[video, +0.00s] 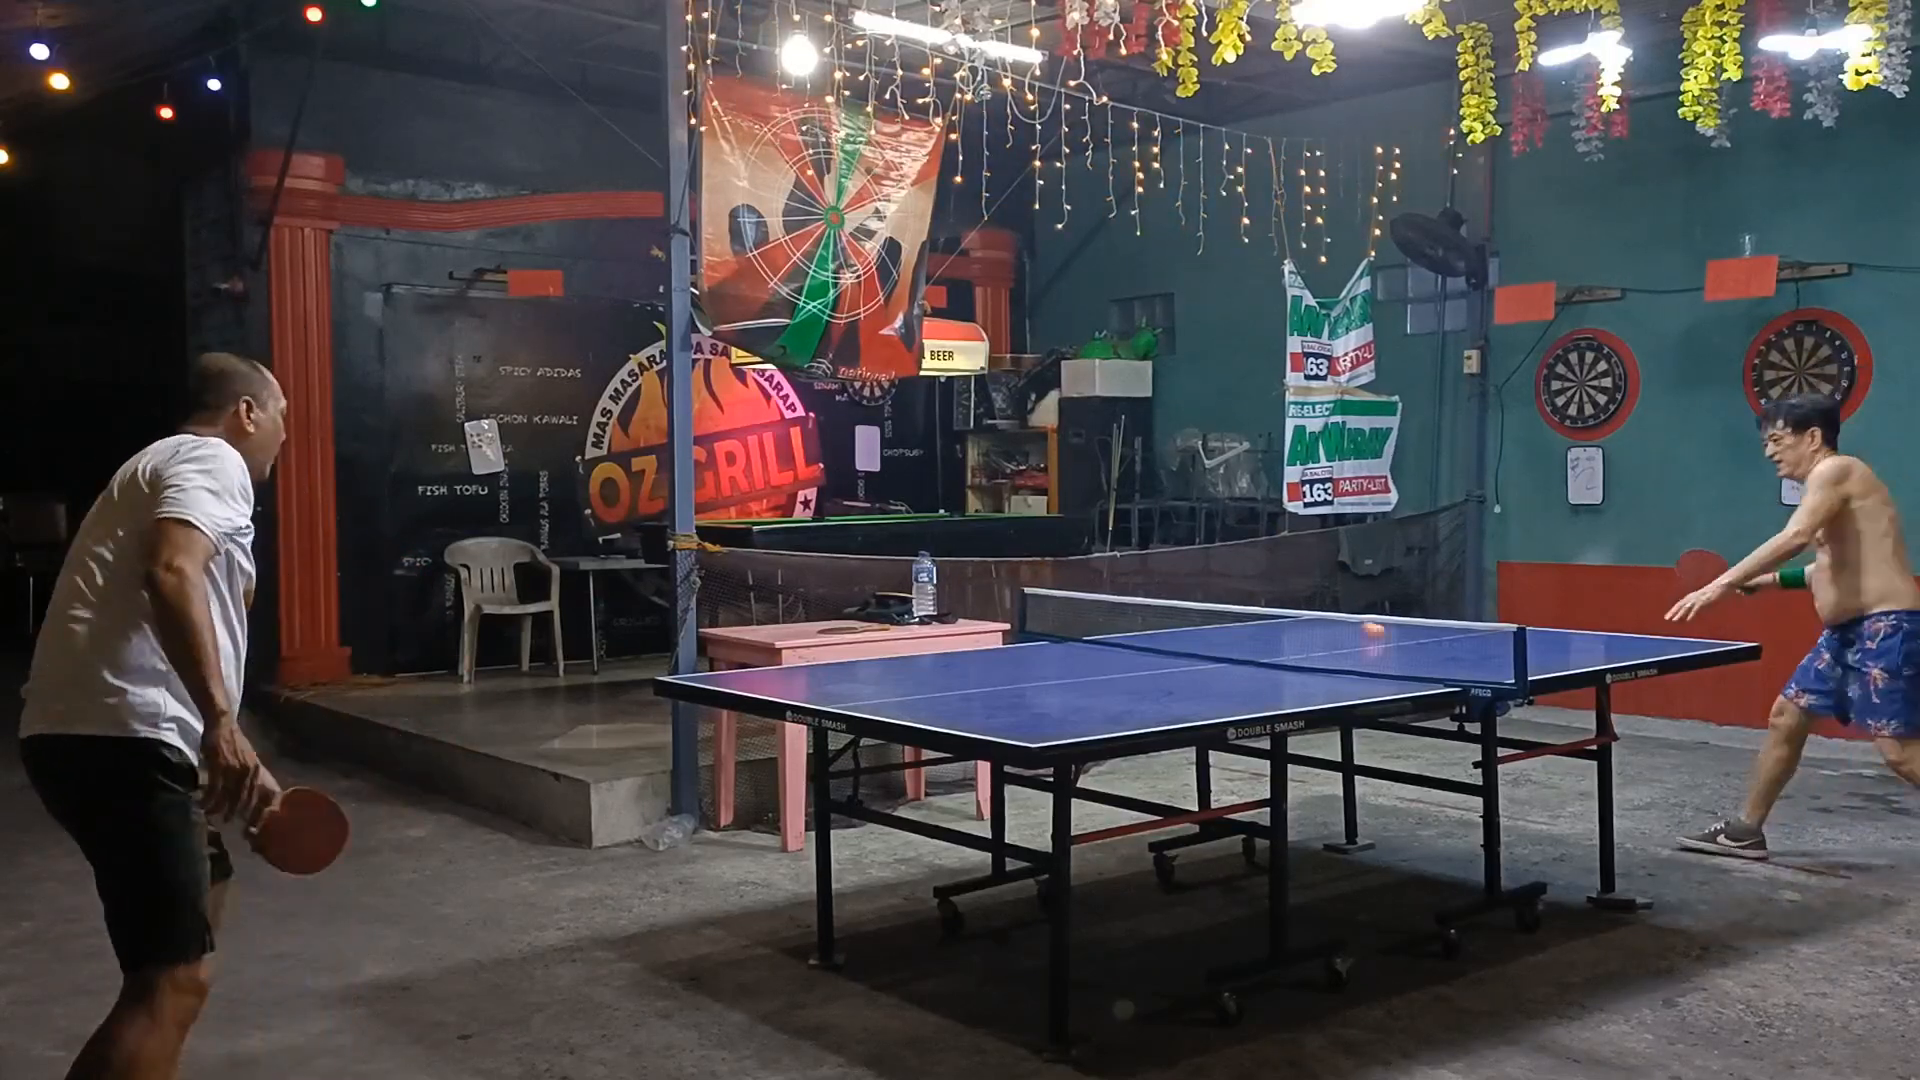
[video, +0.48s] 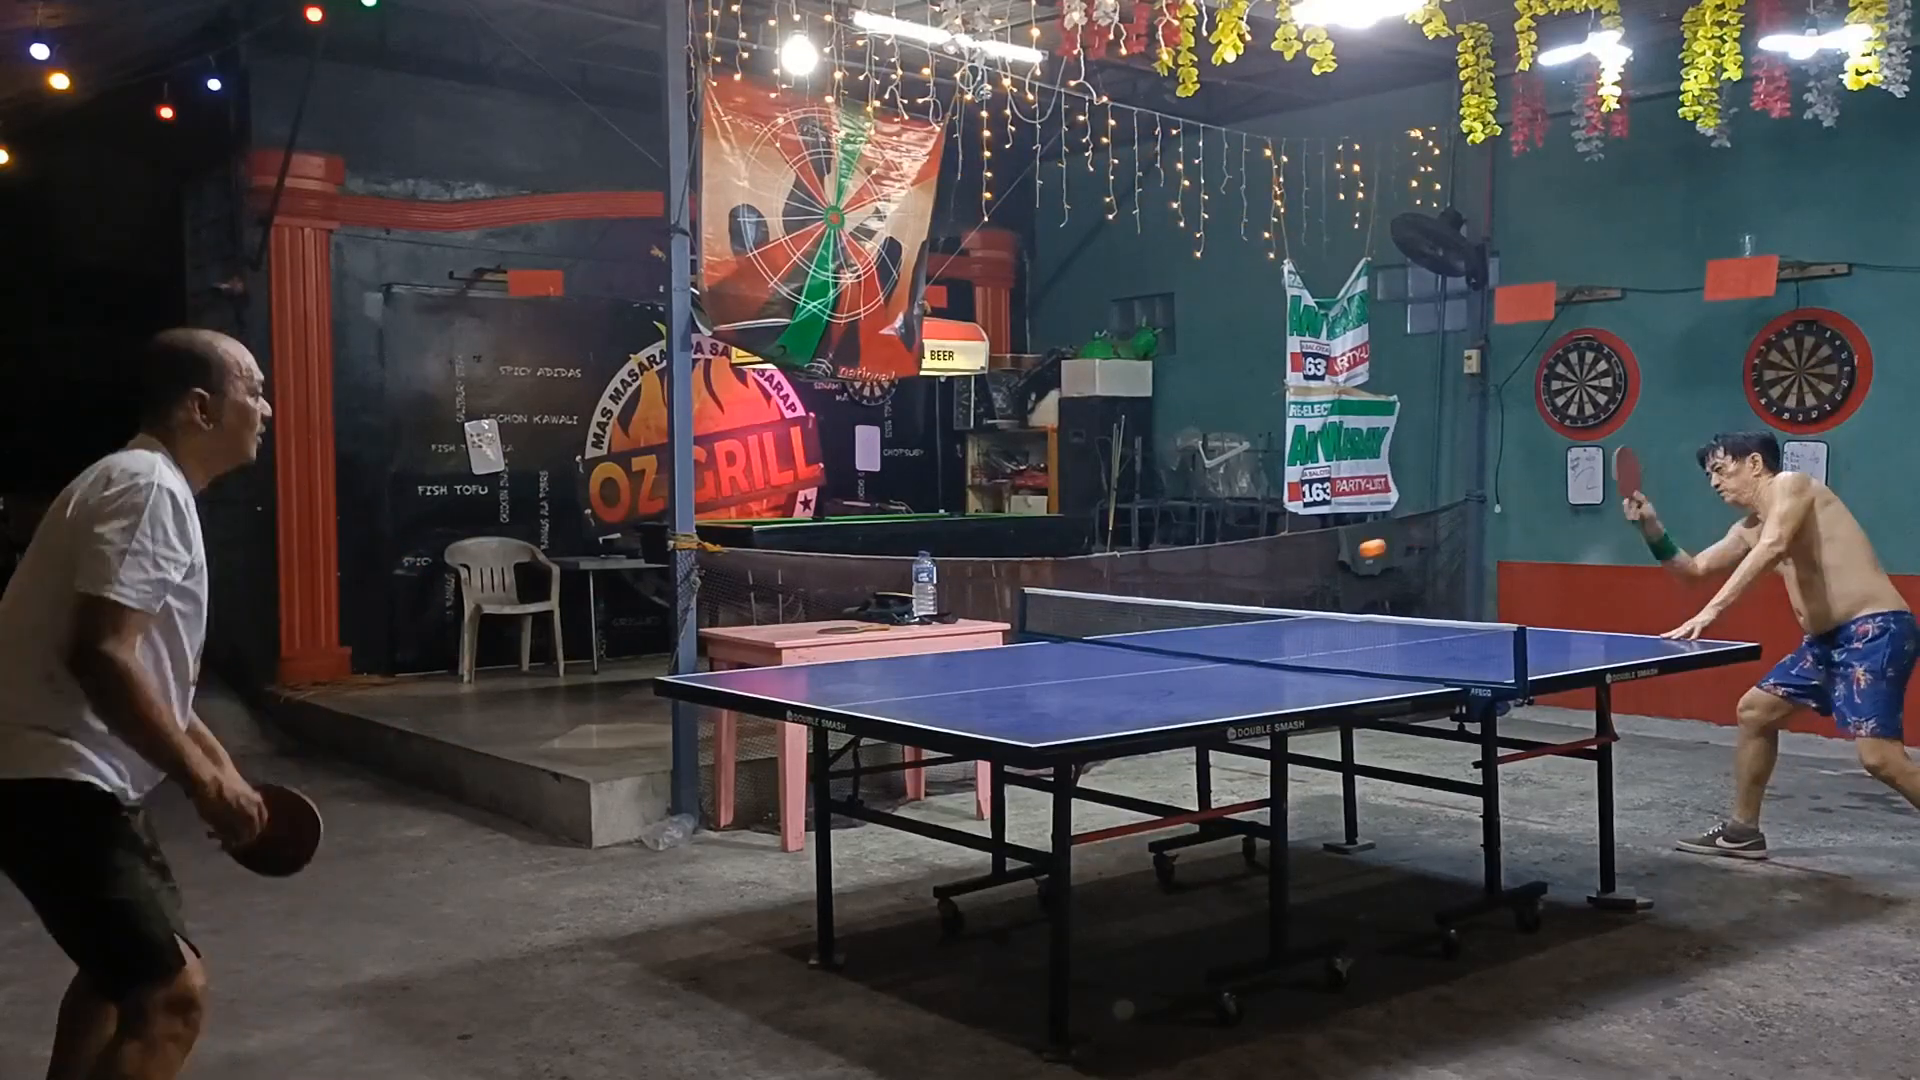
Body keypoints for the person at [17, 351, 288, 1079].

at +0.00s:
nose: (282, 439)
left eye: (283, 422)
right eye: (280, 420)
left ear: (210, 413)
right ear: (247, 413)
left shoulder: (151, 470)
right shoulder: (212, 460)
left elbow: (176, 658)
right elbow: (172, 572)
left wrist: (241, 770)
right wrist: (221, 721)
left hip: (78, 728)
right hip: (125, 732)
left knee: (173, 964)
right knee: (174, 981)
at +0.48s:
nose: (267, 412)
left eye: (263, 394)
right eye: (255, 393)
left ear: (195, 408)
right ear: (201, 407)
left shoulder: (136, 485)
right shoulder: (147, 485)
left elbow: (145, 672)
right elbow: (101, 653)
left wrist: (222, 770)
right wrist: (201, 773)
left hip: (57, 771)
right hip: (55, 776)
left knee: (116, 971)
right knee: (174, 992)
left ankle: (71, 1076)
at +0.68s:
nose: (303, 449)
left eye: (301, 430)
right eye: (290, 430)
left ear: (229, 440)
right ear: (225, 437)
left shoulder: (234, 535)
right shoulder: (107, 530)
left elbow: (224, 681)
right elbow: (28, 699)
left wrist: (307, 787)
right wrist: (126, 849)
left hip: (99, 814)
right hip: (22, 804)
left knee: (92, 1021)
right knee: (113, 1021)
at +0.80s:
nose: (334, 484)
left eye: (332, 463)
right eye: (319, 464)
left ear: (250, 474)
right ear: (247, 471)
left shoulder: (267, 561)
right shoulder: (103, 556)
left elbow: (276, 706)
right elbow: (9, 725)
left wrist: (366, 700)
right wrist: (59, 905)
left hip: (98, 836)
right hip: (30, 830)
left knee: (44, 1055)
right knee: (125, 1037)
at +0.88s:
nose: (345, 497)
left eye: (344, 476)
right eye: (329, 479)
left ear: (260, 488)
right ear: (256, 484)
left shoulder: (281, 566)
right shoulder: (106, 566)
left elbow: (311, 714)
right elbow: (2, 740)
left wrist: (376, 669)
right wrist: (23, 923)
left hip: (99, 836)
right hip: (26, 831)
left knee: (37, 1055)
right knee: (124, 1037)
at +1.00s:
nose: (355, 499)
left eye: (359, 478)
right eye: (345, 477)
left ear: (278, 474)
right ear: (272, 471)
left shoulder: (293, 561)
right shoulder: (91, 529)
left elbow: (404, 675)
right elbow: (3, 653)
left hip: (109, 825)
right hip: (24, 816)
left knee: (37, 1048)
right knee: (104, 1042)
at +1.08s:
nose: (363, 481)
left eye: (366, 460)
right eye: (354, 460)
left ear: (287, 457)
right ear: (282, 451)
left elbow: (395, 658)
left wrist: (505, 733)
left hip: (118, 813)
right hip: (21, 803)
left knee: (58, 1045)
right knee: (90, 1041)